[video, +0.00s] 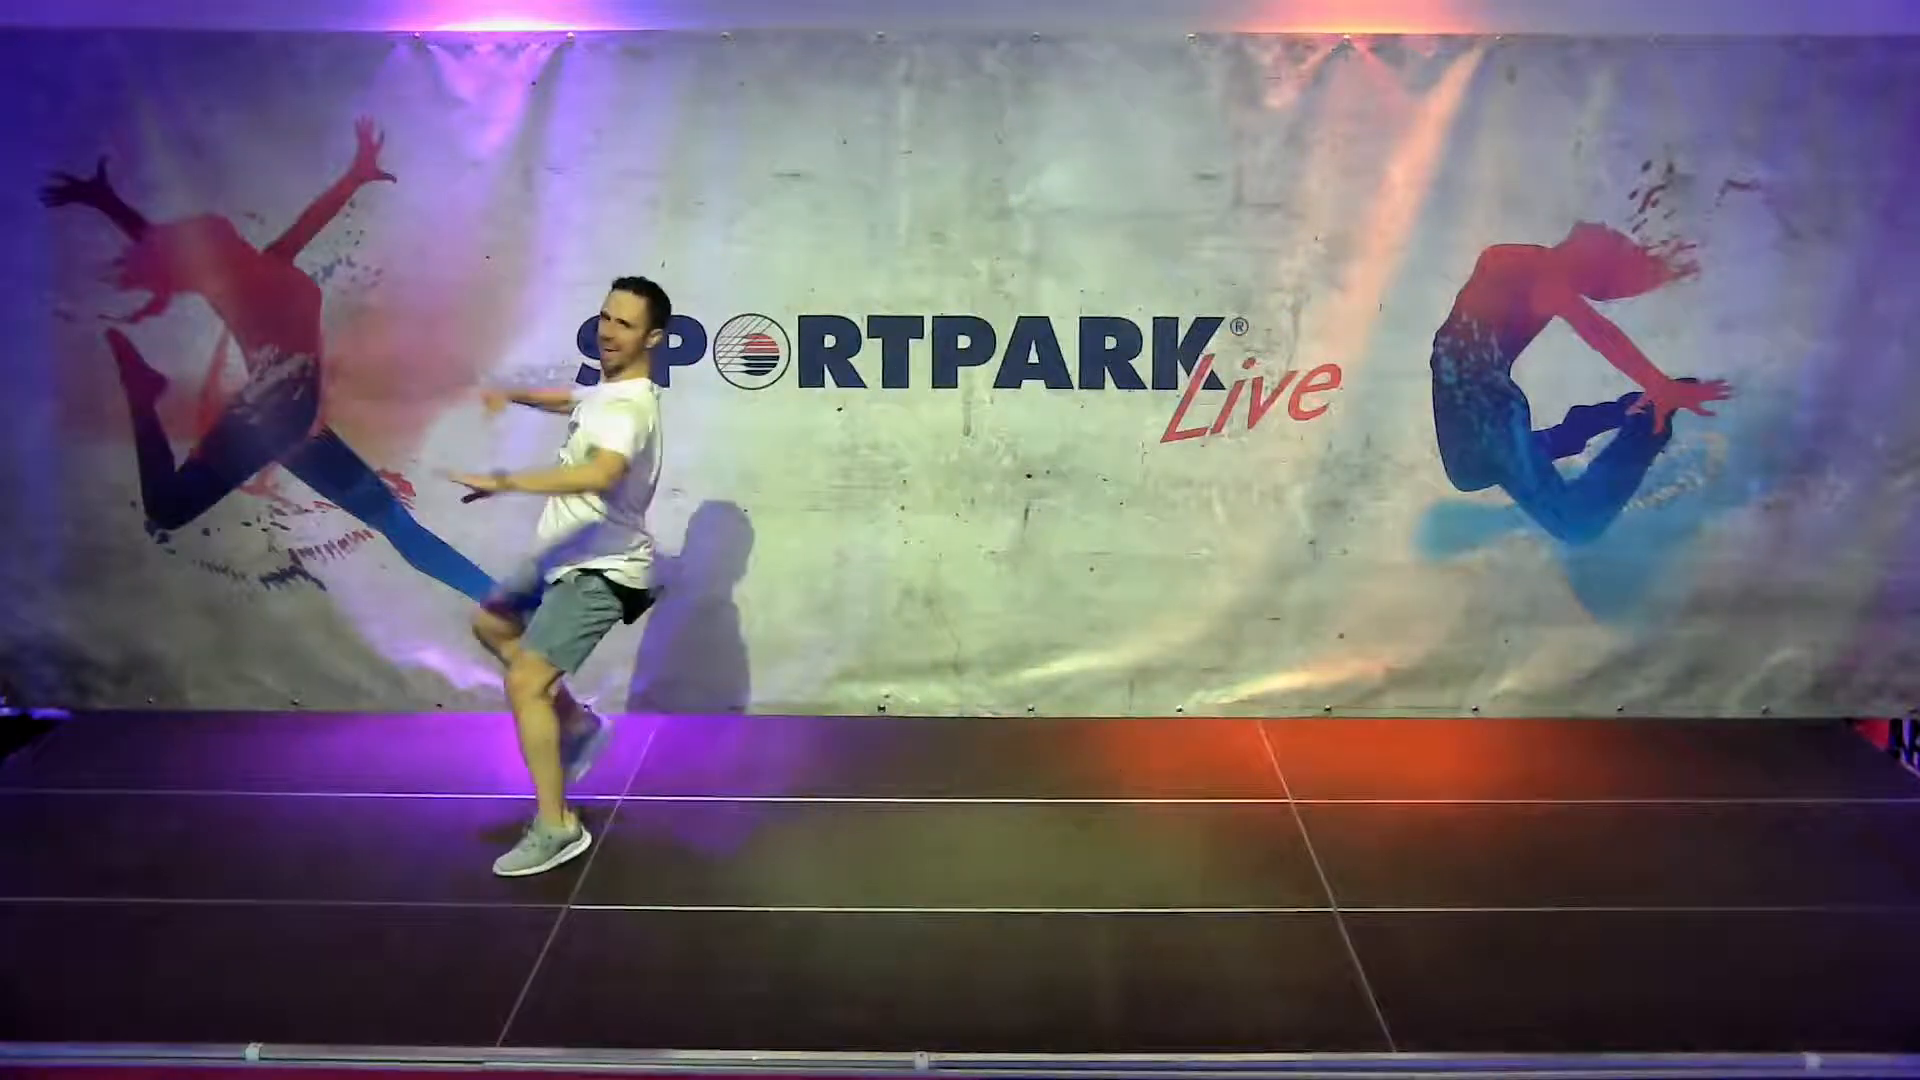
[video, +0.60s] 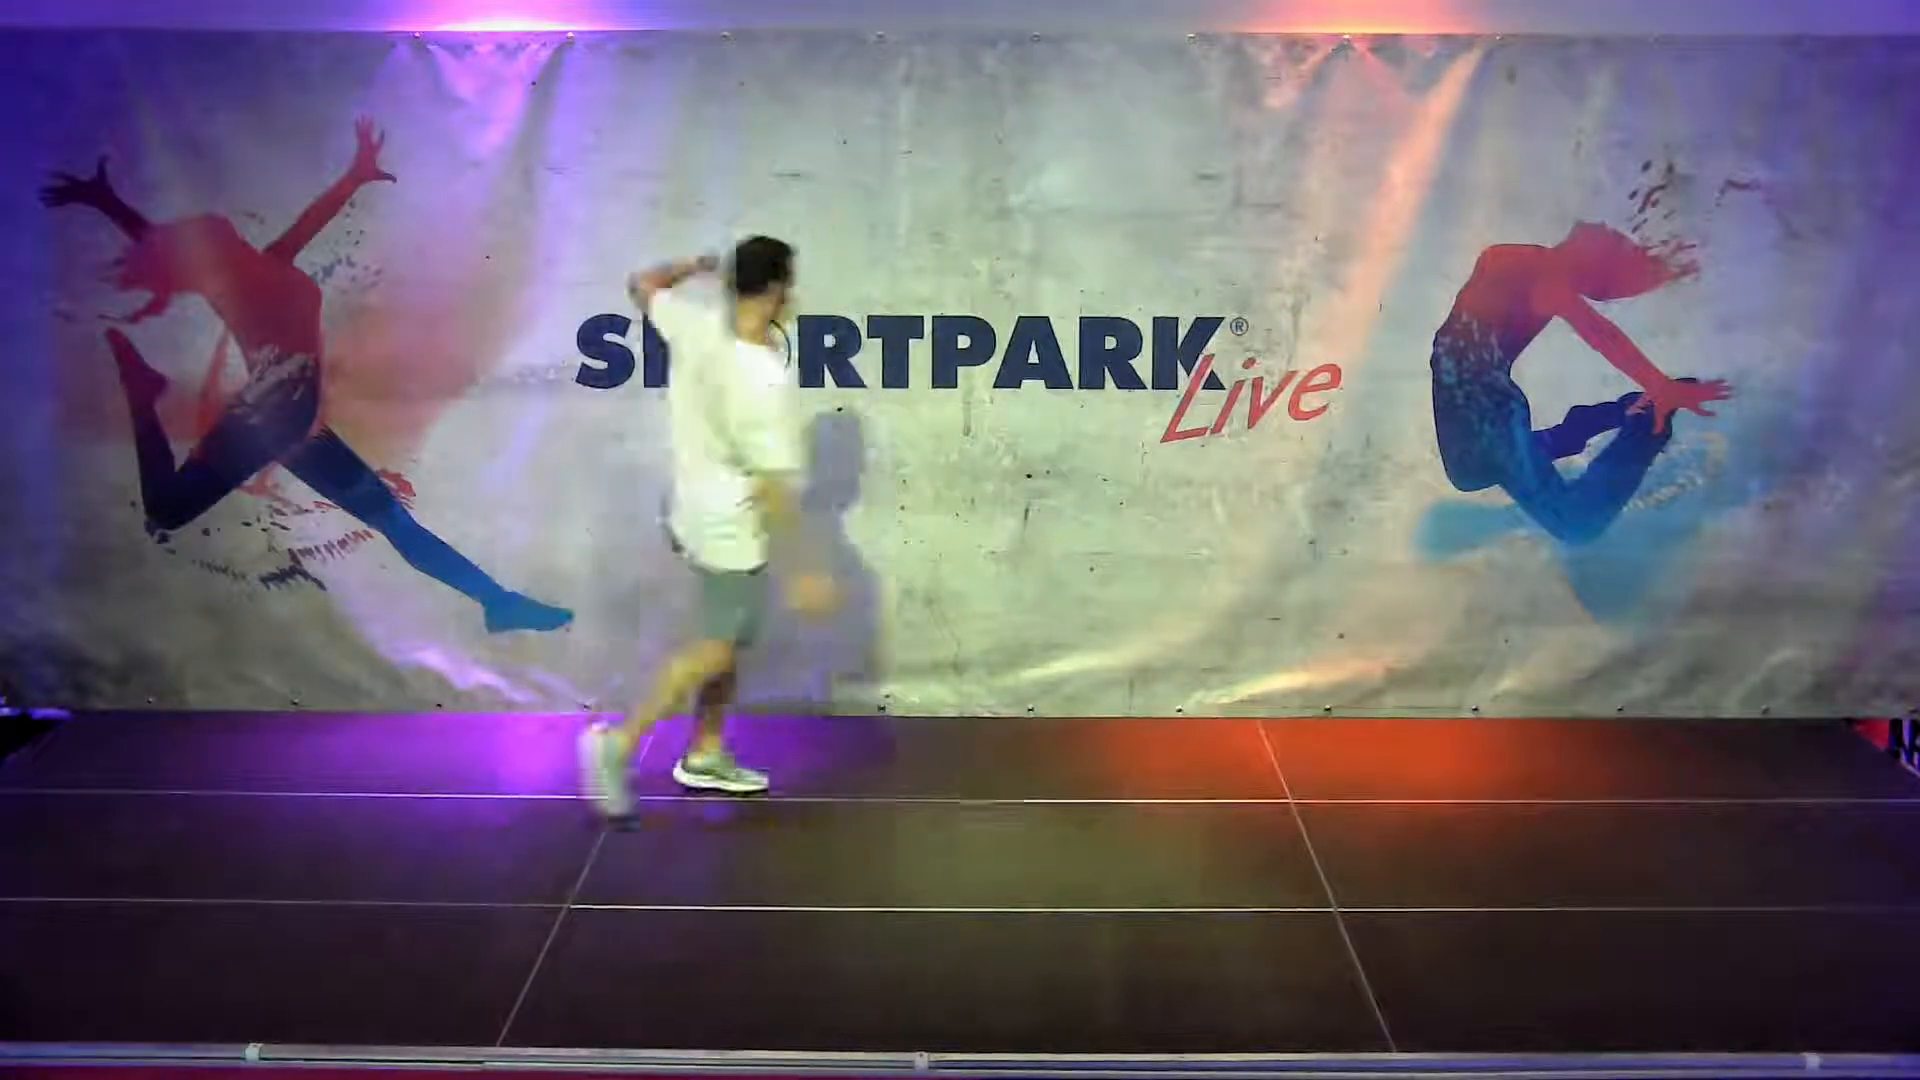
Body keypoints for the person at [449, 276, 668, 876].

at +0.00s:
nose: (607, 332)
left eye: (622, 325)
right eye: (606, 319)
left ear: (652, 338)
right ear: (603, 322)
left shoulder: (630, 404)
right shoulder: (611, 387)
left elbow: (602, 472)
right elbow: (574, 402)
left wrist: (507, 483)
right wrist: (513, 394)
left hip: (605, 568)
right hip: (571, 555)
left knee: (527, 681)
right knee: (492, 623)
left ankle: (556, 824)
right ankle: (575, 723)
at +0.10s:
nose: (618, 320)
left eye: (633, 313)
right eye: (615, 308)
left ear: (659, 326)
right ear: (607, 309)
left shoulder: (645, 386)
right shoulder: (591, 376)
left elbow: (650, 481)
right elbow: (527, 417)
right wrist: (514, 401)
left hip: (609, 553)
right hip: (571, 549)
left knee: (561, 672)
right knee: (531, 656)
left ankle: (558, 825)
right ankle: (620, 771)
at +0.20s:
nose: (656, 294)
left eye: (666, 286)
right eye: (648, 281)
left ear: (674, 295)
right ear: (620, 279)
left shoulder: (679, 358)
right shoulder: (574, 341)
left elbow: (725, 443)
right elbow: (526, 416)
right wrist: (565, 439)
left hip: (640, 531)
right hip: (576, 527)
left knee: (613, 658)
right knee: (565, 648)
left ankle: (586, 801)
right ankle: (626, 770)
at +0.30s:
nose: (694, 278)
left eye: (698, 267)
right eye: (685, 266)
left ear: (691, 270)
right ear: (646, 265)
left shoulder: (701, 340)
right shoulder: (589, 336)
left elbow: (779, 370)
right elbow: (553, 427)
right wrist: (589, 494)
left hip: (666, 515)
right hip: (593, 511)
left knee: (657, 640)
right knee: (592, 643)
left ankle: (650, 775)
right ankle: (606, 764)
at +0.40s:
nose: (726, 283)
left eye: (725, 272)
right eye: (717, 271)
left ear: (708, 277)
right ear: (682, 273)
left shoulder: (713, 347)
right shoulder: (631, 353)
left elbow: (759, 314)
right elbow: (602, 451)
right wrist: (621, 531)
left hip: (694, 525)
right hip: (626, 527)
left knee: (713, 633)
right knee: (604, 643)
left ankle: (694, 753)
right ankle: (578, 762)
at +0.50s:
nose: (744, 289)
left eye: (742, 277)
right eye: (737, 278)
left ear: (702, 287)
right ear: (713, 286)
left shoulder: (712, 349)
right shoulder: (677, 369)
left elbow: (728, 290)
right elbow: (650, 469)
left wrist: (745, 239)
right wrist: (658, 557)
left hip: (704, 528)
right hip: (648, 533)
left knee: (737, 632)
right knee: (619, 649)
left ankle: (709, 748)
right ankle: (580, 761)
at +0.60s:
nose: (789, 296)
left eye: (786, 286)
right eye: (786, 287)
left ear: (735, 285)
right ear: (774, 291)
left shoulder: (693, 326)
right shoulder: (759, 371)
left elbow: (643, 286)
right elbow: (773, 482)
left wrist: (688, 267)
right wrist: (805, 565)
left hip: (699, 508)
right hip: (731, 518)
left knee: (730, 635)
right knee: (718, 644)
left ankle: (706, 754)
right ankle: (619, 742)